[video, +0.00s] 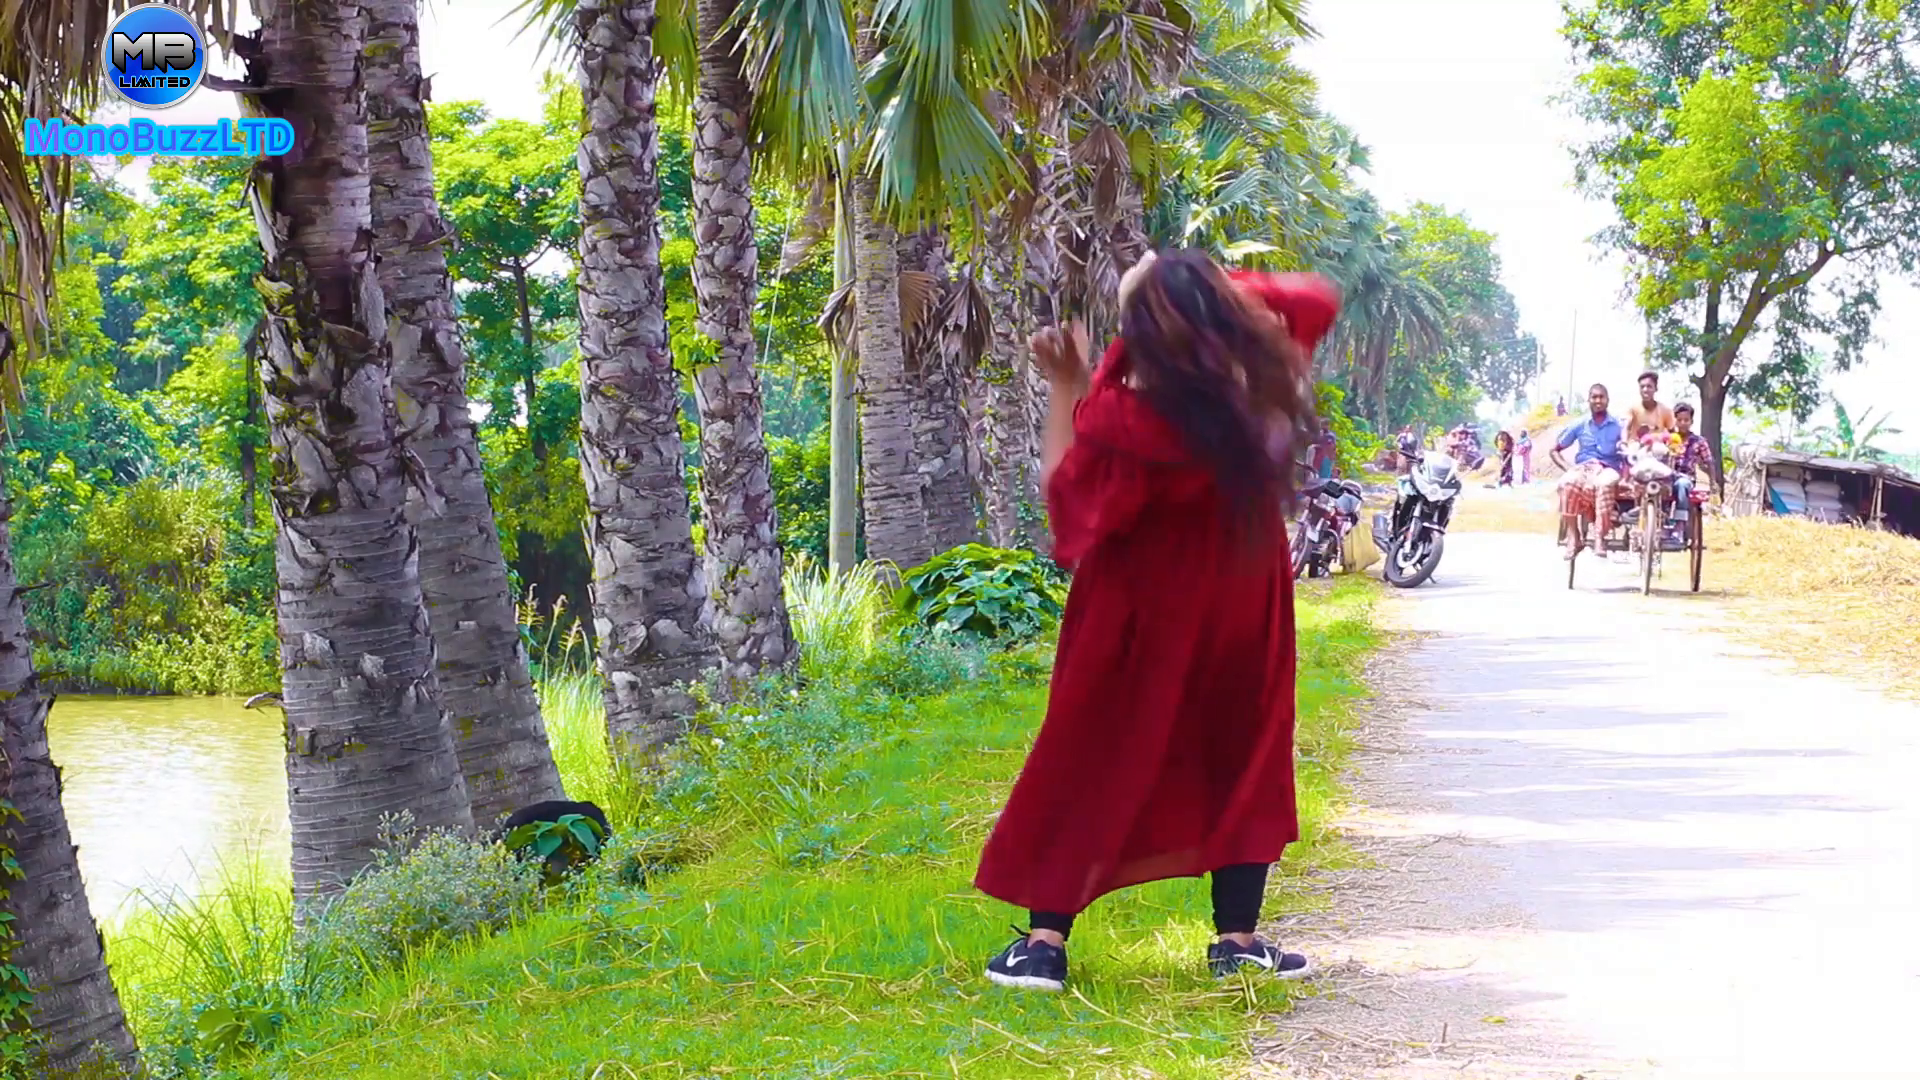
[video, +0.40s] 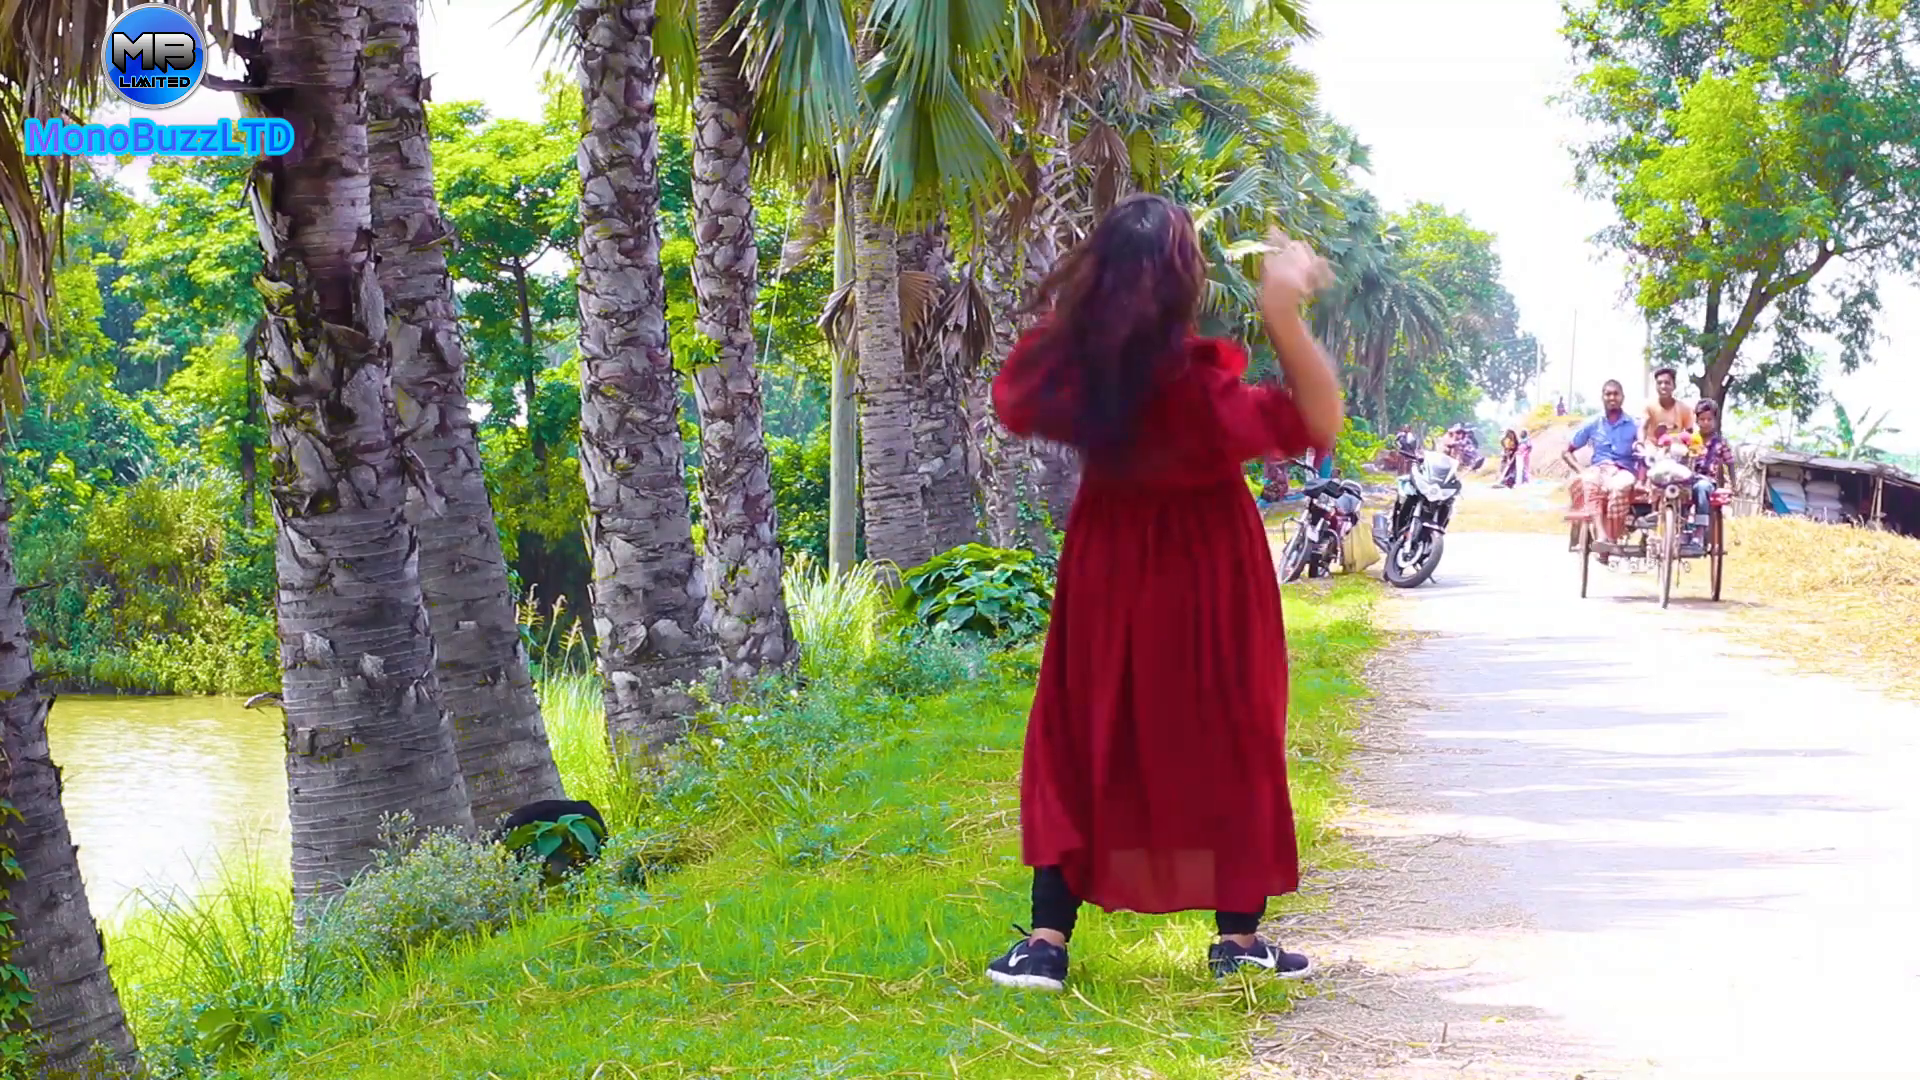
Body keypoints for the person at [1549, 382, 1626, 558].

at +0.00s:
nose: (1598, 401)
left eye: (1601, 397)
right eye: (1594, 397)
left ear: (1607, 400)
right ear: (1588, 400)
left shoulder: (1616, 426)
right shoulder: (1581, 424)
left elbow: (1624, 451)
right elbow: (1553, 450)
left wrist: (1625, 475)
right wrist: (1568, 468)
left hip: (1608, 467)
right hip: (1583, 466)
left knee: (1605, 486)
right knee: (1566, 485)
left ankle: (1599, 538)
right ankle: (1573, 537)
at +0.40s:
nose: (1612, 398)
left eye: (1616, 394)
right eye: (1608, 394)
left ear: (1622, 397)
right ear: (1602, 397)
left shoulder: (1634, 425)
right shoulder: (1595, 423)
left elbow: (1643, 455)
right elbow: (1566, 452)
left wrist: (1641, 481)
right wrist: (1581, 471)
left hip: (1624, 469)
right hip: (1599, 467)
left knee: (1618, 490)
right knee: (1588, 482)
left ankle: (1611, 542)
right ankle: (1601, 534)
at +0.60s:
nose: (1620, 395)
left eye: (1624, 391)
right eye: (1615, 391)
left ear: (1631, 394)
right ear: (1610, 395)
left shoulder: (1641, 423)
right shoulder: (1601, 421)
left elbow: (1650, 453)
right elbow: (1573, 451)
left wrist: (1650, 480)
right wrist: (1588, 472)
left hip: (1632, 468)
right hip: (1605, 466)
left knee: (1629, 491)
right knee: (1597, 489)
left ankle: (1619, 541)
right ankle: (1617, 543)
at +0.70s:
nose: (1624, 395)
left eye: (1628, 391)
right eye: (1620, 391)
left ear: (1635, 394)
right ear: (1614, 395)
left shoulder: (1646, 424)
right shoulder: (1605, 422)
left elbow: (1656, 453)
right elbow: (1576, 451)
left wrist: (1655, 480)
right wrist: (1592, 472)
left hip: (1637, 469)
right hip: (1609, 468)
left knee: (1634, 493)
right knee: (1600, 491)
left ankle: (1625, 545)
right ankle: (1620, 548)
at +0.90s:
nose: (1634, 394)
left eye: (1638, 389)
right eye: (1629, 389)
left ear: (1646, 393)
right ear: (1623, 394)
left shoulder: (1657, 424)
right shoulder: (1614, 422)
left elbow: (1667, 457)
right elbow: (1584, 452)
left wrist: (1666, 484)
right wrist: (1601, 473)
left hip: (1648, 470)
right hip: (1619, 469)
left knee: (1641, 495)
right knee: (1612, 495)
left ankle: (1633, 551)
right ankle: (1633, 559)